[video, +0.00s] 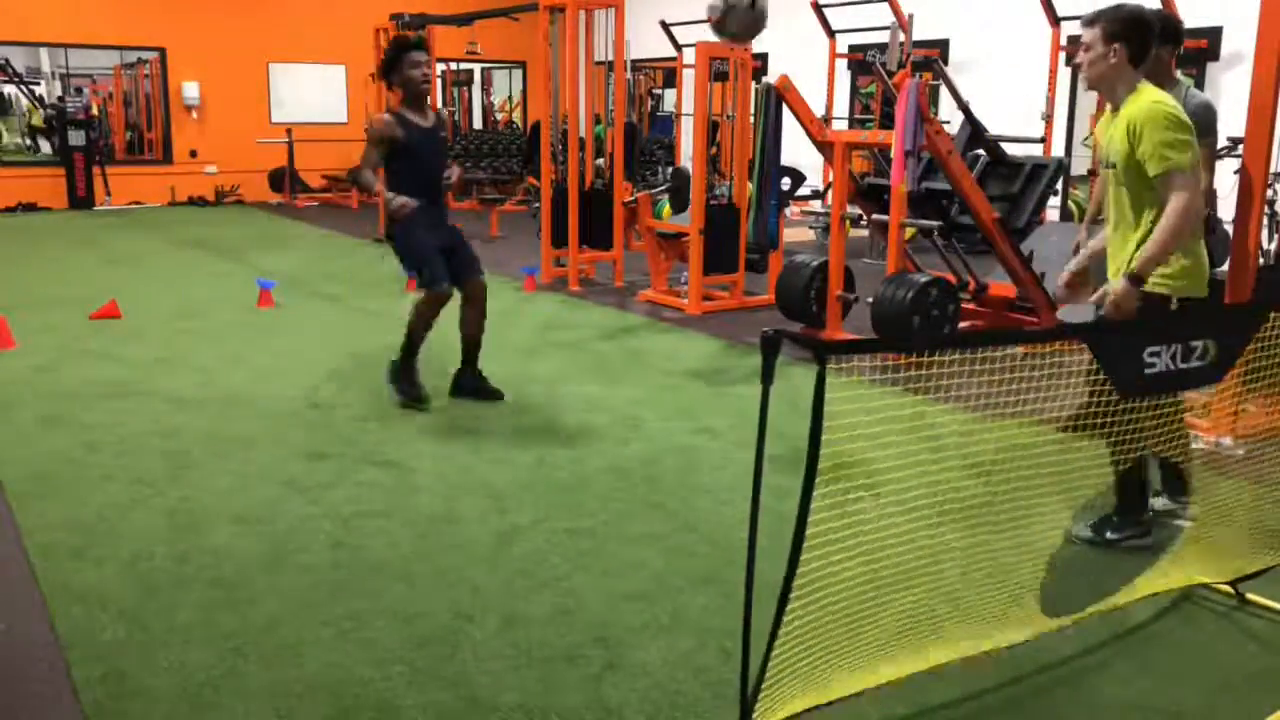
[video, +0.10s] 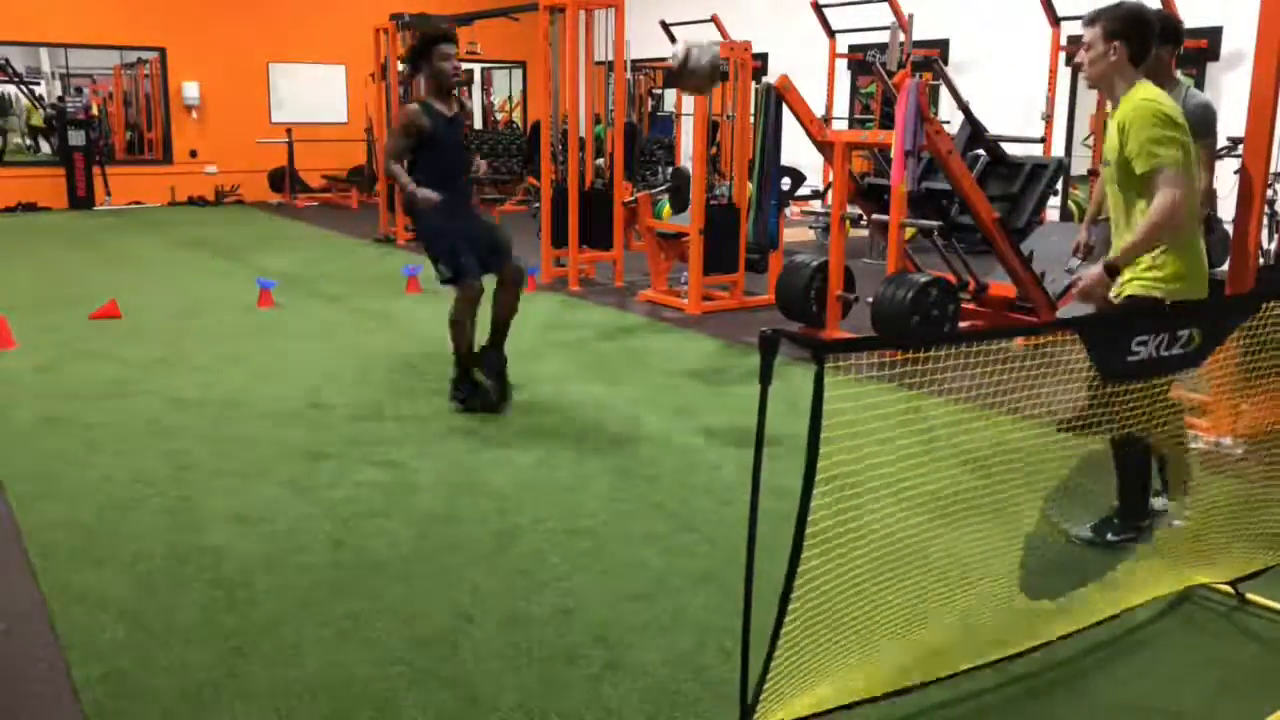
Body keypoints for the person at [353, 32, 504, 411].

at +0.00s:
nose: (426, 73)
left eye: (427, 66)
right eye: (415, 67)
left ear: (431, 73)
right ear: (394, 80)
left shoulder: (438, 121)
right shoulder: (385, 125)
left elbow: (438, 163)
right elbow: (363, 172)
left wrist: (452, 171)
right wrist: (388, 197)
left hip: (439, 220)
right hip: (407, 223)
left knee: (475, 287)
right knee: (439, 289)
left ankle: (468, 374)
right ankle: (404, 366)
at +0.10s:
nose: (454, 66)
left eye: (456, 59)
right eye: (446, 59)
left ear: (456, 64)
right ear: (425, 66)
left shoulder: (458, 112)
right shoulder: (412, 115)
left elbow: (452, 159)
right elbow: (391, 161)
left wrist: (475, 165)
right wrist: (413, 188)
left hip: (463, 209)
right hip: (434, 212)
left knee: (512, 273)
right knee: (470, 285)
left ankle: (493, 353)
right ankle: (463, 379)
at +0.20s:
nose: (488, 82)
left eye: (489, 75)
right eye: (480, 75)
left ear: (489, 78)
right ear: (458, 82)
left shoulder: (485, 122)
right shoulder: (441, 127)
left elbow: (477, 168)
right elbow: (413, 174)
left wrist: (501, 177)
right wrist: (439, 213)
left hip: (490, 221)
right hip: (462, 229)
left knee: (552, 253)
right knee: (503, 301)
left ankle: (531, 333)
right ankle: (493, 387)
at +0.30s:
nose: (519, 103)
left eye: (520, 96)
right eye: (513, 95)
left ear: (513, 97)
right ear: (491, 95)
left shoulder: (505, 136)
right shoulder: (473, 138)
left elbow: (493, 183)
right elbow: (444, 182)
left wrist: (520, 197)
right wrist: (465, 234)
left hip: (521, 228)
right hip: (498, 239)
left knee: (580, 236)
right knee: (528, 309)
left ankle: (579, 307)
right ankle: (496, 389)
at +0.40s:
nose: (548, 99)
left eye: (550, 92)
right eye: (543, 91)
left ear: (539, 91)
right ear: (522, 88)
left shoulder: (528, 128)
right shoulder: (498, 128)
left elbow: (524, 180)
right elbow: (472, 175)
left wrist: (545, 207)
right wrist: (498, 226)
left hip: (543, 221)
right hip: (516, 231)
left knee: (598, 228)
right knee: (537, 305)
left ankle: (595, 287)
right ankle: (498, 386)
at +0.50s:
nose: (575, 85)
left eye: (577, 76)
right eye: (571, 76)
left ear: (558, 77)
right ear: (549, 74)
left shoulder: (552, 119)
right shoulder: (522, 115)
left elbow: (551, 175)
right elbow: (499, 165)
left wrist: (570, 209)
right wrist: (523, 215)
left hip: (564, 216)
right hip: (536, 222)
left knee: (616, 243)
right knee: (540, 301)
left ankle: (612, 331)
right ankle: (499, 383)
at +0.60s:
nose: (596, 77)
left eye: (595, 69)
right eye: (590, 69)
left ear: (578, 74)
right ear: (568, 73)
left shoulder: (581, 118)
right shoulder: (543, 120)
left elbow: (581, 170)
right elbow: (520, 170)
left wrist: (602, 186)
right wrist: (534, 215)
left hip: (586, 223)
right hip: (557, 225)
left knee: (621, 275)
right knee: (543, 301)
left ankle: (625, 362)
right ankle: (502, 380)